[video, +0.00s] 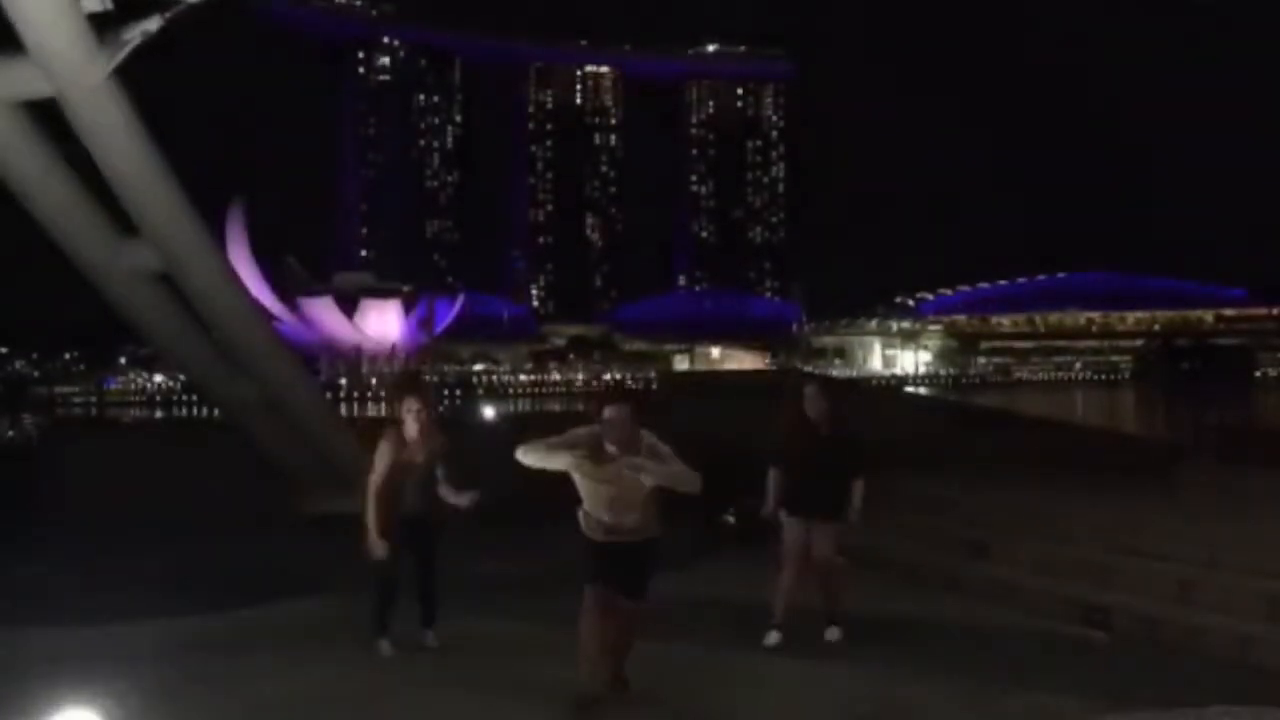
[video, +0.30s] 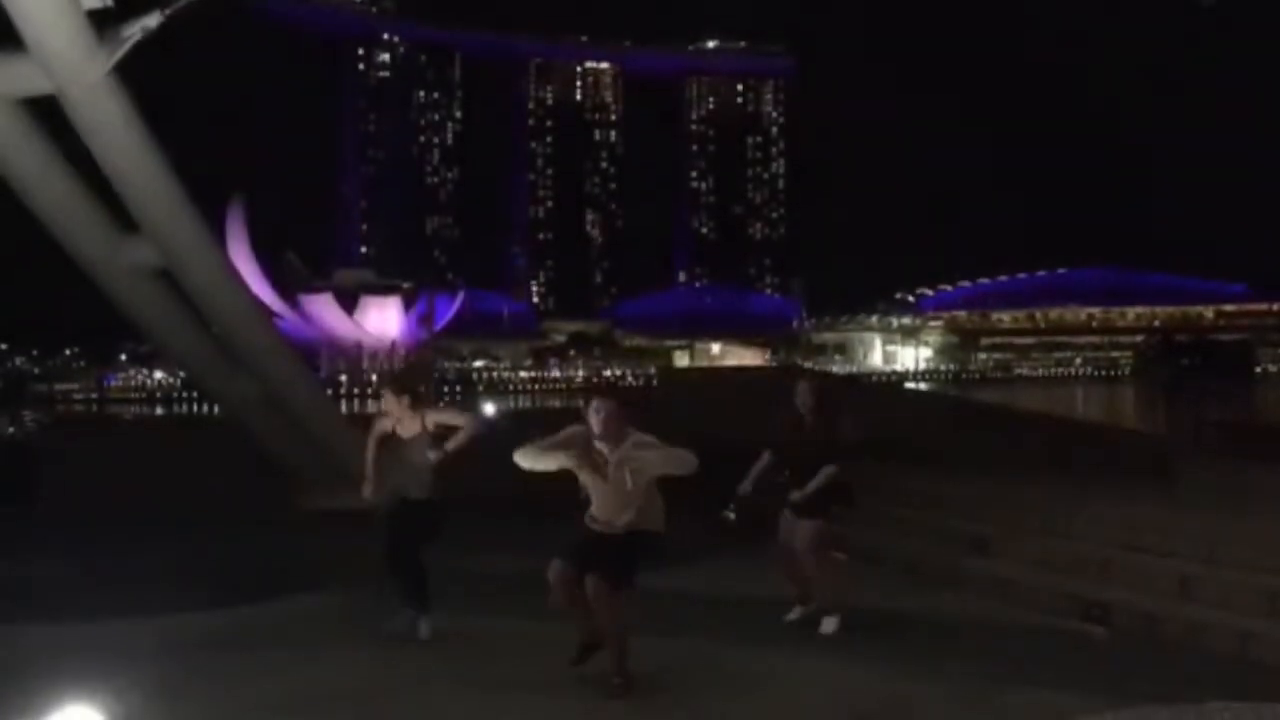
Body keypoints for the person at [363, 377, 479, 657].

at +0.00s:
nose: (417, 416)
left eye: (421, 410)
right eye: (410, 410)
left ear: (428, 413)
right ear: (400, 414)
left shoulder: (434, 443)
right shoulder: (392, 443)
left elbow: (441, 485)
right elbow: (374, 486)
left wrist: (459, 498)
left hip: (425, 520)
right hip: (394, 520)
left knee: (427, 575)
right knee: (389, 578)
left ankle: (428, 629)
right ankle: (382, 634)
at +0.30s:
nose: (383, 404)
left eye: (388, 398)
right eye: (383, 398)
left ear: (404, 400)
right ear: (395, 401)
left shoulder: (427, 419)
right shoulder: (387, 424)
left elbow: (470, 423)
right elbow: (372, 445)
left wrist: (445, 450)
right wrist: (369, 479)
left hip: (425, 495)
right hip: (396, 495)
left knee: (411, 553)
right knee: (396, 554)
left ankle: (422, 611)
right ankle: (412, 609)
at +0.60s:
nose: (368, 430)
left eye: (371, 424)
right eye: (367, 425)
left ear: (388, 422)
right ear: (385, 424)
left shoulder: (410, 437)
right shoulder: (391, 448)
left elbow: (454, 435)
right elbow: (392, 482)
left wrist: (486, 459)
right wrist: (383, 492)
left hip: (431, 507)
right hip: (411, 508)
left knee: (392, 549)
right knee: (414, 559)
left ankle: (371, 603)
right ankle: (433, 613)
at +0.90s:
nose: (392, 392)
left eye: (397, 386)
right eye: (388, 387)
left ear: (408, 388)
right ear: (383, 391)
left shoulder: (427, 413)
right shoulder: (381, 420)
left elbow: (456, 440)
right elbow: (378, 454)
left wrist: (452, 479)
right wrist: (384, 484)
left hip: (428, 495)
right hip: (399, 495)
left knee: (417, 551)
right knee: (397, 553)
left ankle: (419, 604)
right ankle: (397, 611)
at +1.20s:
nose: (422, 392)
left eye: (425, 385)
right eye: (416, 386)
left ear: (433, 389)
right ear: (407, 390)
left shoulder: (443, 418)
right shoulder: (399, 422)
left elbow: (470, 437)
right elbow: (367, 440)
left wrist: (458, 415)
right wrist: (383, 469)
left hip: (429, 488)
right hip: (402, 487)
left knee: (422, 543)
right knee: (400, 540)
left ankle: (404, 588)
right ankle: (393, 584)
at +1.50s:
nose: (434, 445)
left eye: (436, 438)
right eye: (428, 439)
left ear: (439, 442)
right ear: (417, 441)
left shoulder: (437, 456)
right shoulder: (418, 456)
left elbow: (436, 432)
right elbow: (431, 430)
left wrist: (413, 417)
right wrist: (446, 395)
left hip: (441, 515)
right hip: (420, 519)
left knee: (452, 565)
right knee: (431, 574)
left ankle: (416, 555)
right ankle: (431, 631)